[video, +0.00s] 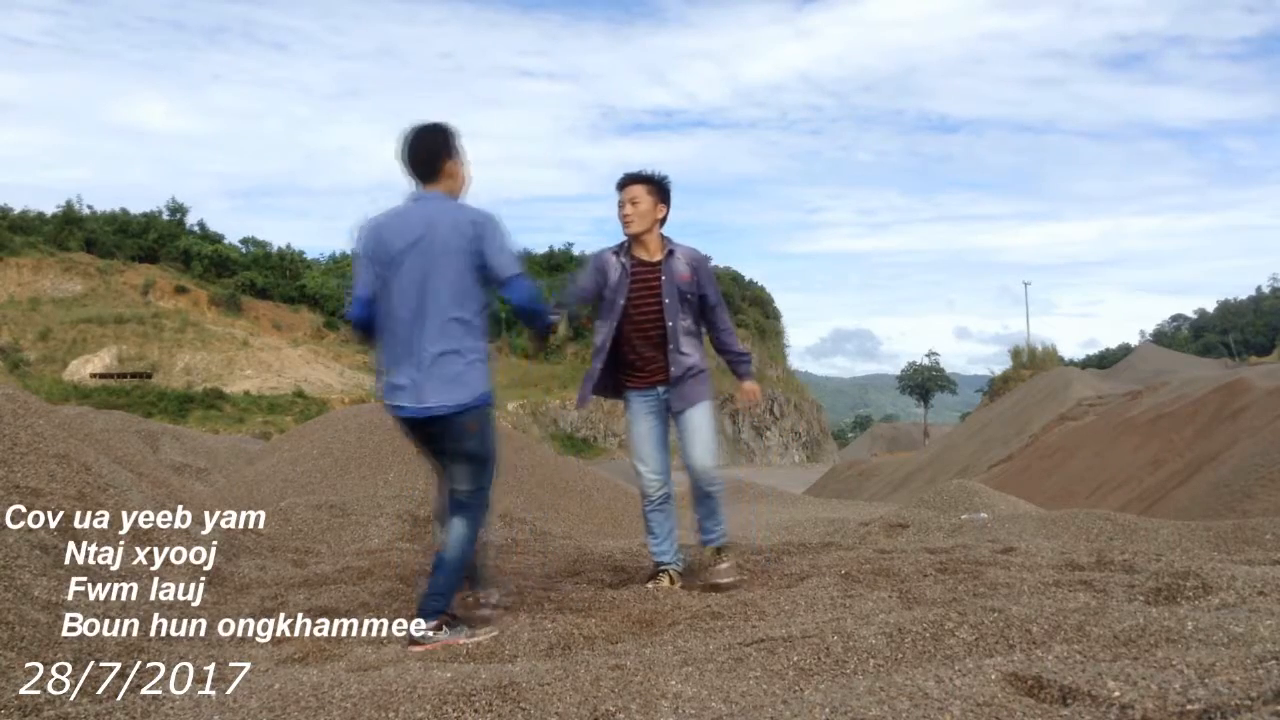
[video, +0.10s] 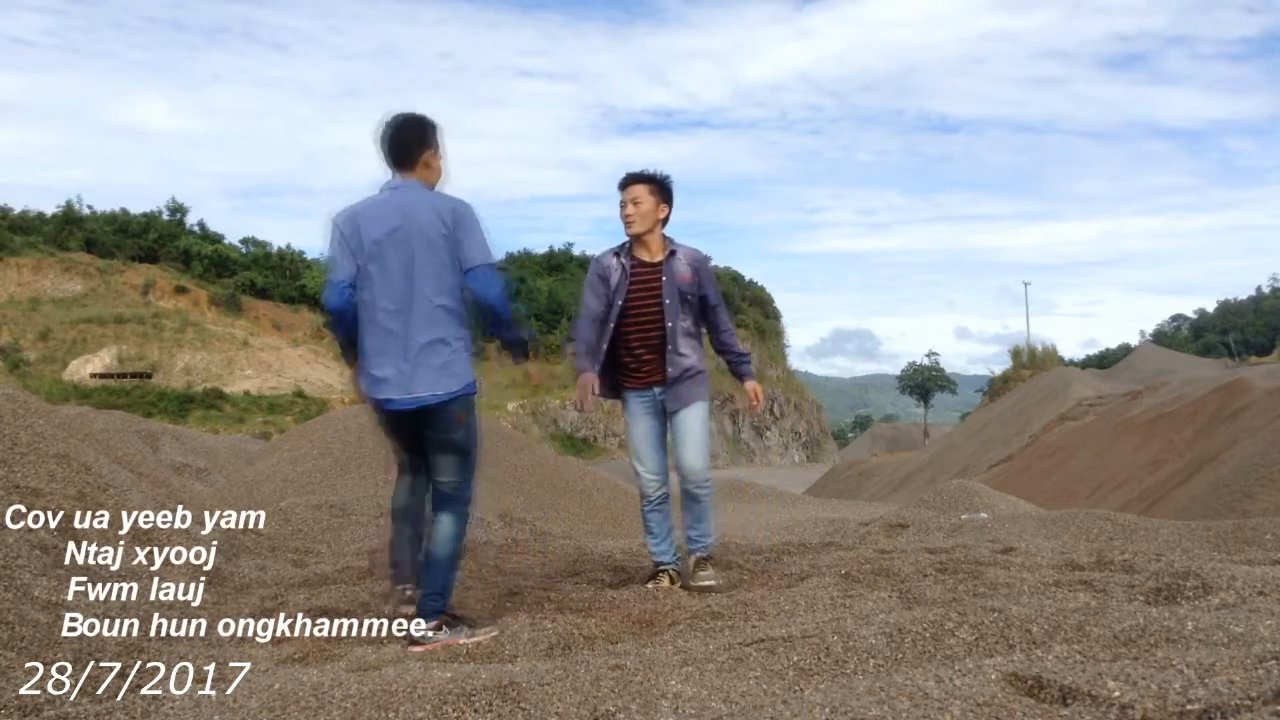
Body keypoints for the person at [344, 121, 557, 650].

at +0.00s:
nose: (465, 168)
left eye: (460, 159)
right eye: (461, 160)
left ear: (413, 170)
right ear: (450, 165)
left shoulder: (378, 229)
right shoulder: (474, 221)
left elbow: (360, 313)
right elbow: (519, 293)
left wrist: (397, 330)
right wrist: (545, 320)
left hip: (403, 395)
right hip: (462, 393)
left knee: (456, 481)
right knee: (467, 504)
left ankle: (473, 587)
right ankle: (431, 619)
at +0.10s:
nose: (442, 162)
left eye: (437, 153)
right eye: (439, 153)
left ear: (390, 159)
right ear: (429, 156)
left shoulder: (352, 220)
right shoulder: (452, 211)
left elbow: (338, 301)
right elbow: (488, 293)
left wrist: (356, 354)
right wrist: (513, 339)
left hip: (385, 386)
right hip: (446, 382)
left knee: (413, 467)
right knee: (450, 496)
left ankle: (404, 577)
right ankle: (431, 618)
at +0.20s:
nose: (419, 155)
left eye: (414, 146)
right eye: (416, 146)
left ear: (369, 153)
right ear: (405, 149)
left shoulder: (332, 213)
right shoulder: (432, 205)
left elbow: (314, 290)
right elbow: (457, 286)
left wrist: (336, 358)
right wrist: (476, 344)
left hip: (365, 380)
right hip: (426, 378)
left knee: (373, 478)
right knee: (440, 495)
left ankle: (334, 572)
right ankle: (432, 615)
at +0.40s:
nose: (378, 166)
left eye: (374, 157)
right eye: (374, 157)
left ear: (327, 165)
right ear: (360, 160)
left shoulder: (282, 221)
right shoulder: (379, 214)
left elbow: (249, 293)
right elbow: (387, 296)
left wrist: (268, 368)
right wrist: (388, 378)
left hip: (301, 399)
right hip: (360, 397)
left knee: (298, 507)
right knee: (419, 495)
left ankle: (251, 626)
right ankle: (427, 619)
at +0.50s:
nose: (366, 163)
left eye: (361, 153)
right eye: (361, 153)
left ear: (315, 162)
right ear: (345, 155)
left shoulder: (273, 215)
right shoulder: (360, 205)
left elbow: (221, 291)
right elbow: (358, 286)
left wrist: (251, 362)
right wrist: (358, 370)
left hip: (281, 385)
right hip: (338, 381)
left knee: (293, 506)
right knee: (402, 487)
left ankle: (251, 631)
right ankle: (415, 615)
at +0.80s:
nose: (373, 144)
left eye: (370, 132)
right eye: (368, 133)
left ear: (319, 139)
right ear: (349, 135)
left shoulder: (278, 200)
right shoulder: (352, 185)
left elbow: (249, 288)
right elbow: (352, 268)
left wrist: (301, 318)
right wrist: (368, 355)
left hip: (274, 373)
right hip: (326, 368)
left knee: (277, 497)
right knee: (392, 479)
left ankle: (247, 631)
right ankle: (358, 622)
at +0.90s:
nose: (386, 140)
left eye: (382, 128)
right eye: (380, 128)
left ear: (333, 138)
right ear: (361, 133)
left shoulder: (293, 200)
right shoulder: (359, 185)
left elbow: (268, 290)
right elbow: (363, 277)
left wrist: (325, 319)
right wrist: (384, 362)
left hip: (291, 381)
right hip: (338, 376)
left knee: (280, 502)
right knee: (384, 495)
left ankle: (246, 630)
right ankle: (350, 634)